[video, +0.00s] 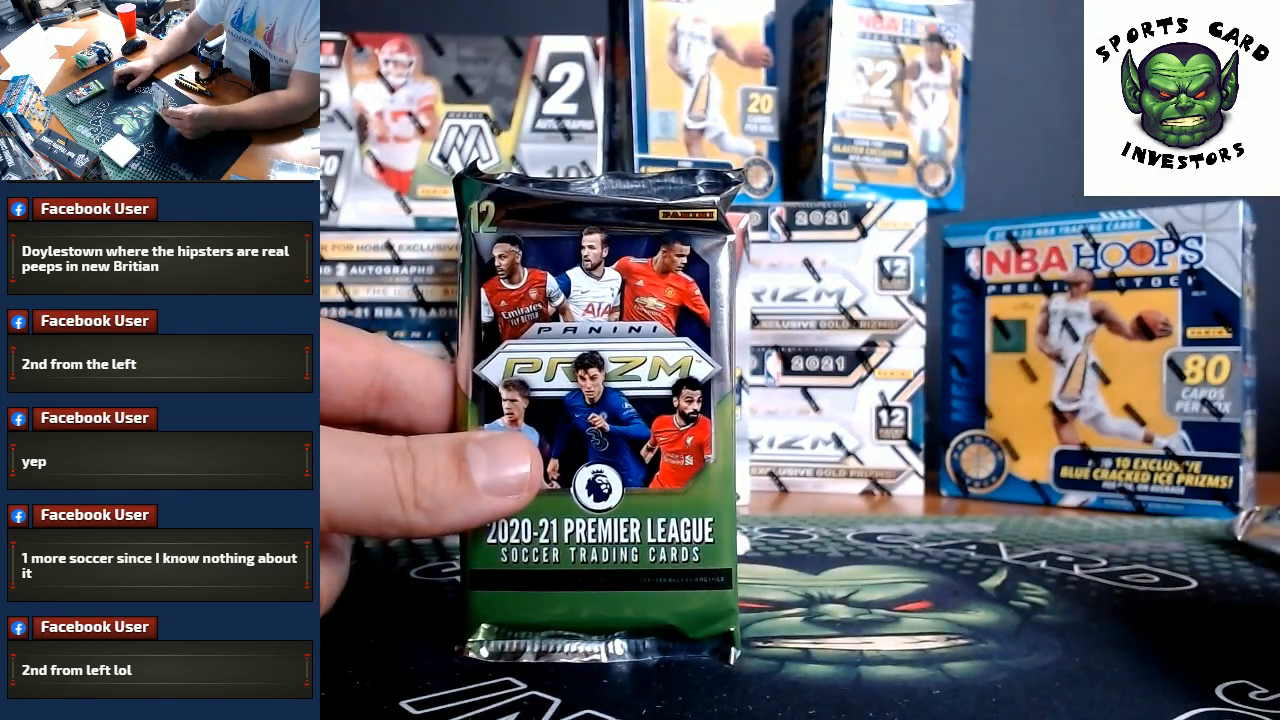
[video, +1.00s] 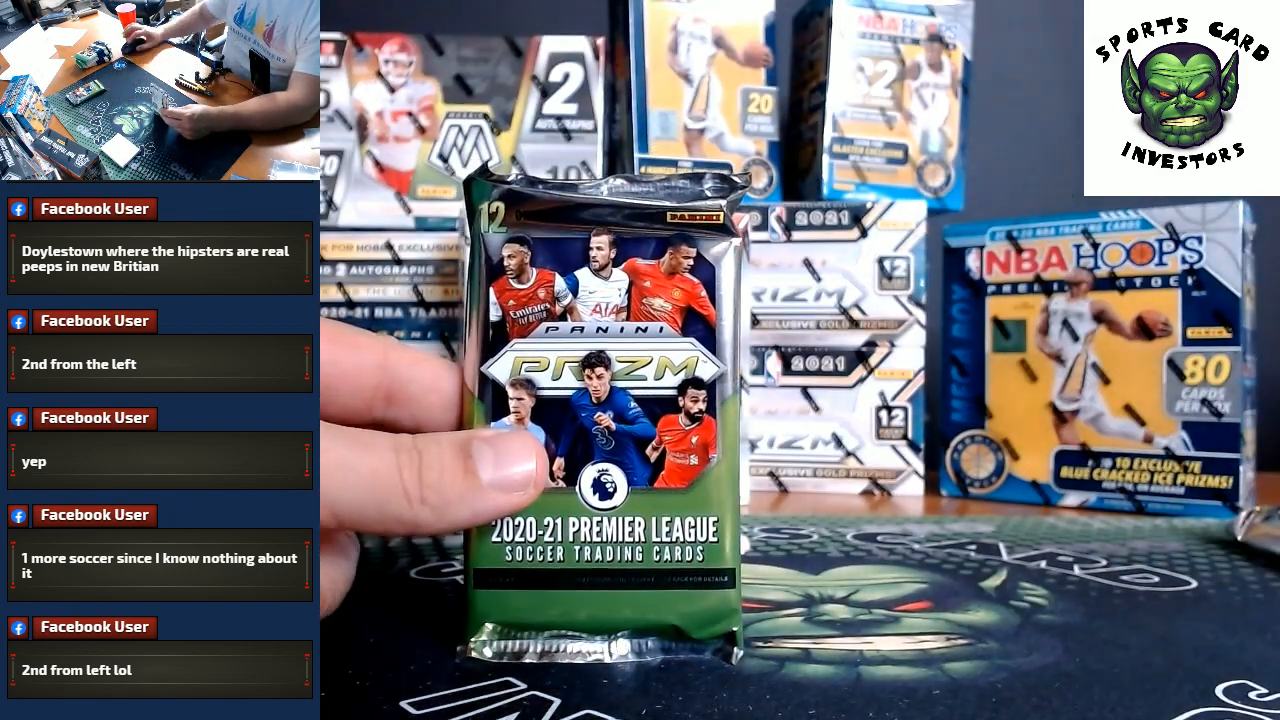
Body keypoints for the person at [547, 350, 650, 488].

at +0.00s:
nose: (588, 385)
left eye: (593, 378)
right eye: (582, 379)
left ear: (603, 375)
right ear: (576, 378)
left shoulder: (615, 399)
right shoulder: (571, 402)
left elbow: (644, 432)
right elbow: (565, 427)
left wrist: (610, 429)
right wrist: (555, 457)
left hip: (628, 474)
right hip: (596, 472)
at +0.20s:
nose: (589, 385)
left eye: (594, 378)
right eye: (583, 379)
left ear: (603, 376)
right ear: (577, 378)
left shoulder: (615, 400)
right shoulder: (572, 402)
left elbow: (644, 432)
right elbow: (566, 427)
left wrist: (610, 429)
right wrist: (556, 457)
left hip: (628, 474)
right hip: (597, 472)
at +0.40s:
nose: (587, 386)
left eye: (593, 379)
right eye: (582, 380)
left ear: (602, 377)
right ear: (576, 379)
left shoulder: (614, 400)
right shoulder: (571, 403)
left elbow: (643, 433)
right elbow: (564, 429)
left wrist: (610, 430)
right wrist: (554, 458)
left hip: (627, 475)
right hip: (596, 473)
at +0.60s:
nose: (587, 386)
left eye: (593, 379)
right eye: (582, 380)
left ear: (602, 377)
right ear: (576, 379)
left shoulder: (614, 400)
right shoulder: (570, 403)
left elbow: (643, 432)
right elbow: (564, 428)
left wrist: (610, 430)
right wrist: (554, 458)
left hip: (627, 474)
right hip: (596, 472)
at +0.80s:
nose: (588, 385)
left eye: (593, 378)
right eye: (583, 378)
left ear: (603, 376)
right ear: (577, 378)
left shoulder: (615, 399)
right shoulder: (572, 401)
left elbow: (644, 432)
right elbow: (566, 425)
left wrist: (610, 428)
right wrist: (555, 457)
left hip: (628, 474)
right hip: (596, 473)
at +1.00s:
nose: (595, 384)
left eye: (600, 377)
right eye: (589, 378)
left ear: (609, 375)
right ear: (584, 378)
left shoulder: (621, 399)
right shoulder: (578, 400)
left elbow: (649, 431)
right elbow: (572, 423)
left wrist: (616, 428)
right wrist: (561, 456)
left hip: (632, 474)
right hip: (601, 473)